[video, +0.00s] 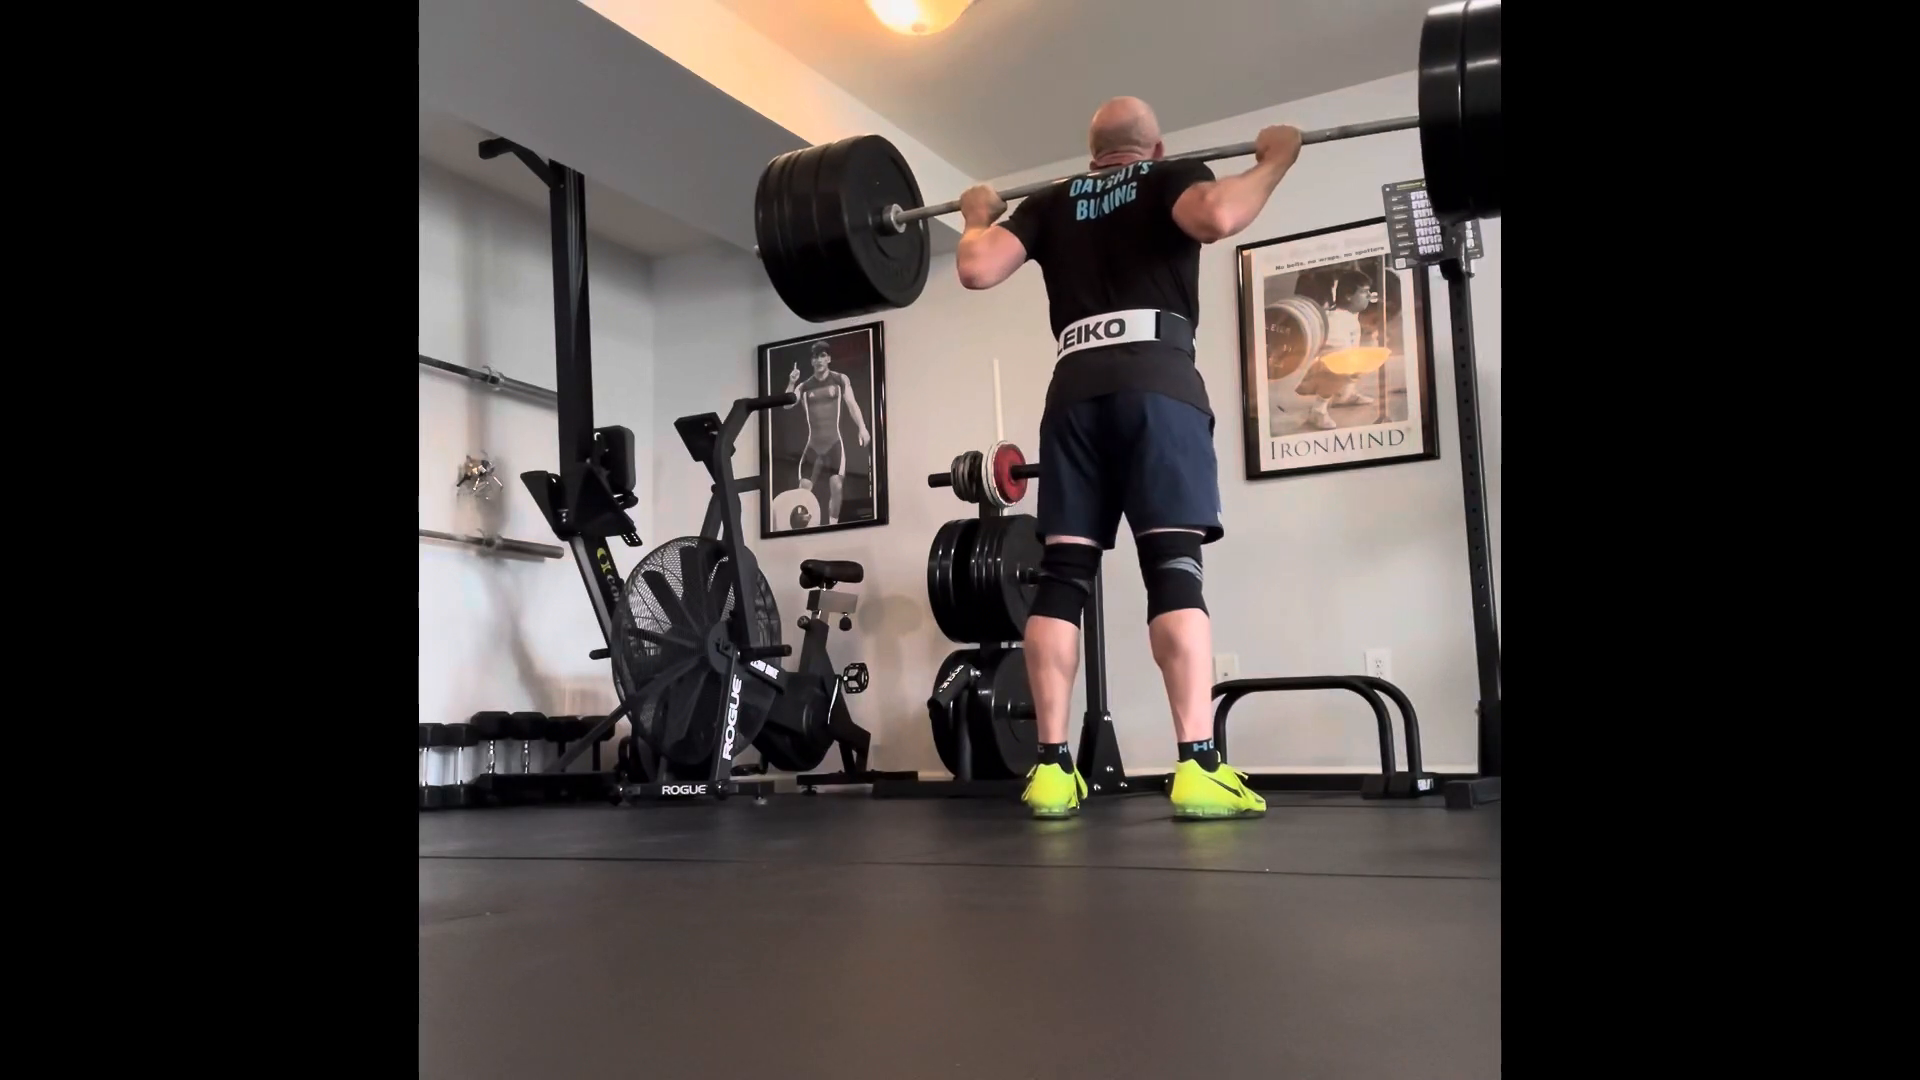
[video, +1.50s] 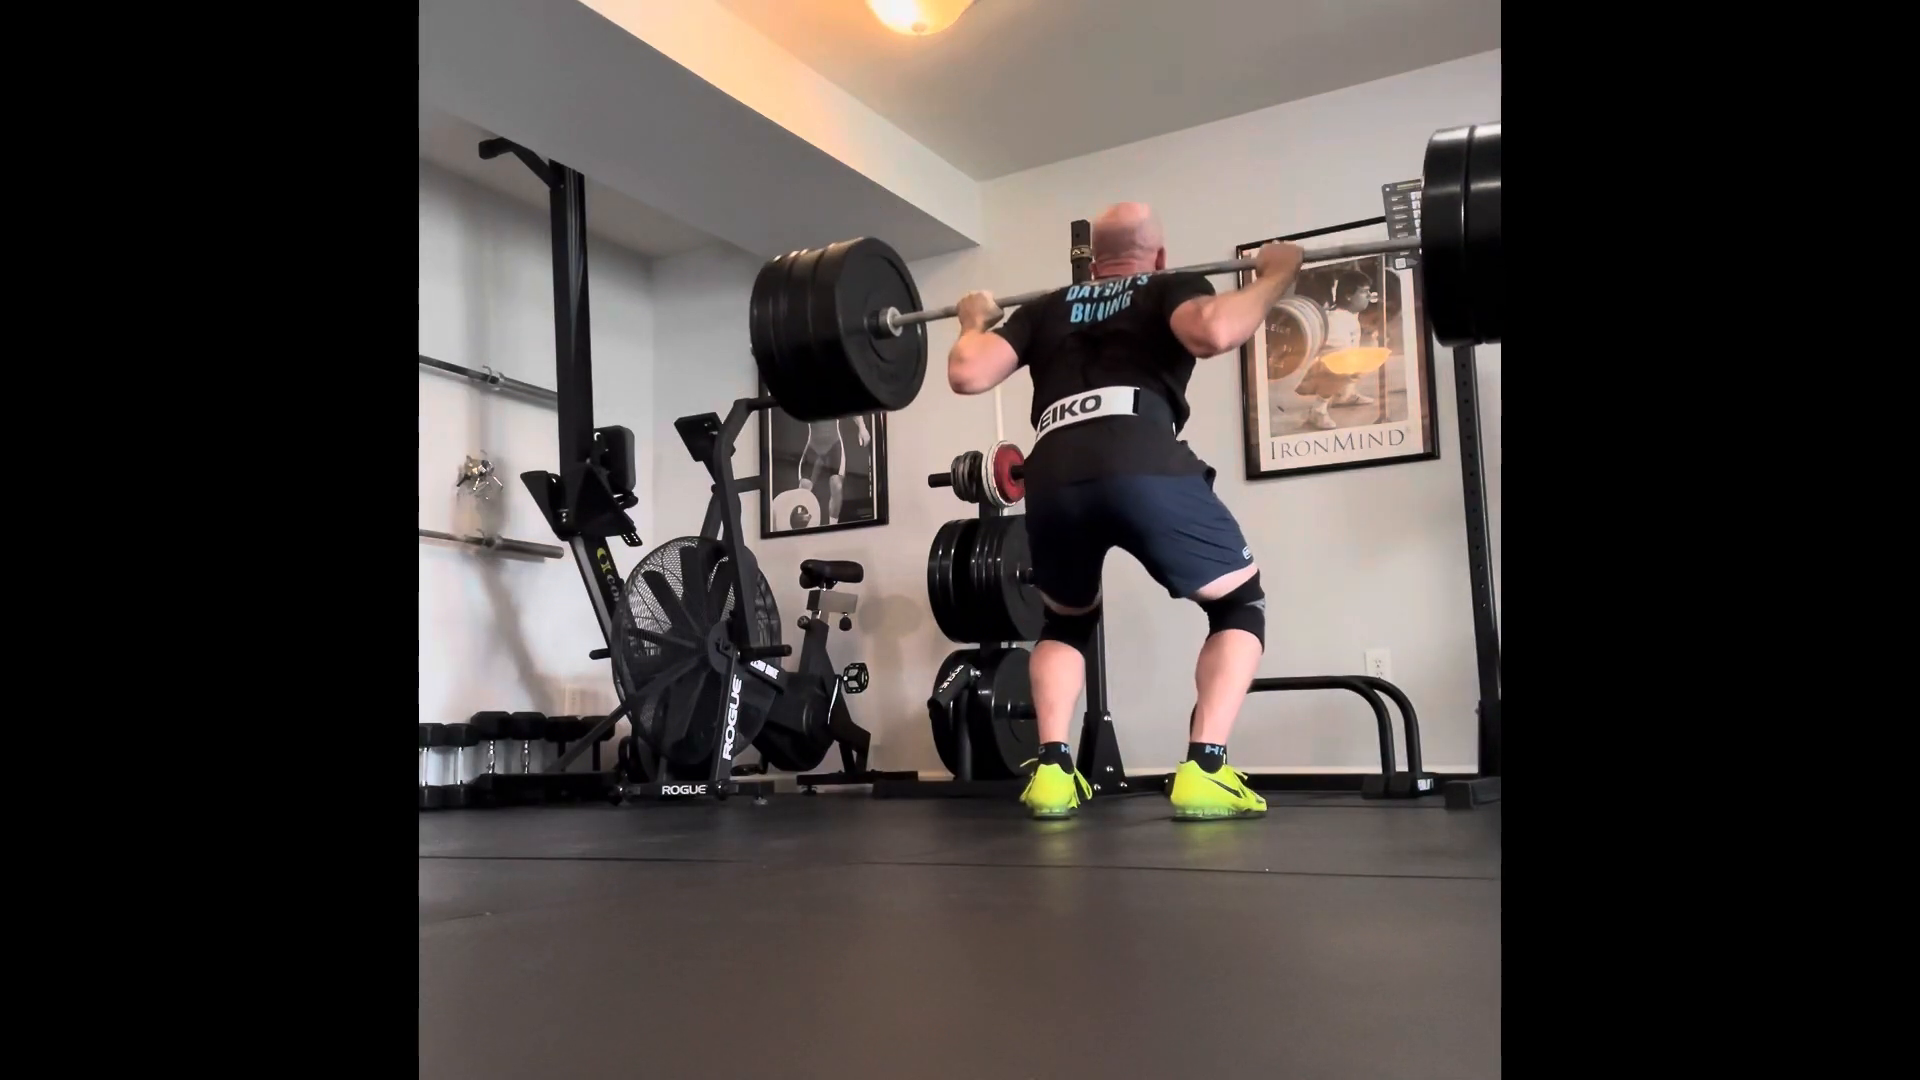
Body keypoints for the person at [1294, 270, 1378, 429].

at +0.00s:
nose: (1369, 296)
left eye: (1368, 292)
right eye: (1365, 292)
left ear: (1349, 296)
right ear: (1348, 295)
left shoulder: (1353, 317)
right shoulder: (1336, 319)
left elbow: (1352, 351)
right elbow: (1332, 357)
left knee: (1358, 362)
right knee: (1339, 368)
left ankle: (1346, 393)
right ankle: (1319, 409)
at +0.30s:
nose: (1369, 296)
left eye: (1368, 292)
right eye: (1364, 292)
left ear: (1350, 296)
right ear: (1348, 295)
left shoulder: (1353, 317)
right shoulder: (1336, 319)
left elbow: (1352, 351)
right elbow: (1333, 356)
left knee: (1357, 362)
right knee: (1339, 368)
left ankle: (1345, 394)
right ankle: (1319, 409)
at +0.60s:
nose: (1369, 296)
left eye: (1368, 292)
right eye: (1364, 292)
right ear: (1348, 296)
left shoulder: (1353, 317)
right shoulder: (1336, 318)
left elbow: (1352, 350)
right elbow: (1334, 355)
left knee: (1358, 363)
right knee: (1339, 369)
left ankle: (1345, 394)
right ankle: (1318, 409)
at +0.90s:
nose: (1369, 296)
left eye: (1368, 292)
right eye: (1364, 292)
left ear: (1350, 297)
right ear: (1348, 296)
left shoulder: (1353, 317)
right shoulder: (1336, 318)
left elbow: (1352, 351)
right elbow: (1334, 355)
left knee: (1358, 363)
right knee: (1339, 368)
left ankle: (1345, 394)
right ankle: (1318, 409)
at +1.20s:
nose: (1369, 296)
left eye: (1368, 292)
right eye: (1364, 292)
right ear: (1348, 296)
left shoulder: (1353, 317)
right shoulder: (1337, 318)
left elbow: (1352, 350)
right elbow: (1336, 355)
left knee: (1359, 363)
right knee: (1340, 369)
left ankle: (1345, 394)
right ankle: (1318, 409)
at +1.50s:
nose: (1369, 296)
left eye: (1368, 292)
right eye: (1364, 292)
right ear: (1348, 296)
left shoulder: (1353, 316)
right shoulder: (1337, 318)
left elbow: (1352, 350)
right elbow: (1335, 355)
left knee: (1358, 362)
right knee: (1340, 368)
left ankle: (1345, 394)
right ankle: (1318, 409)